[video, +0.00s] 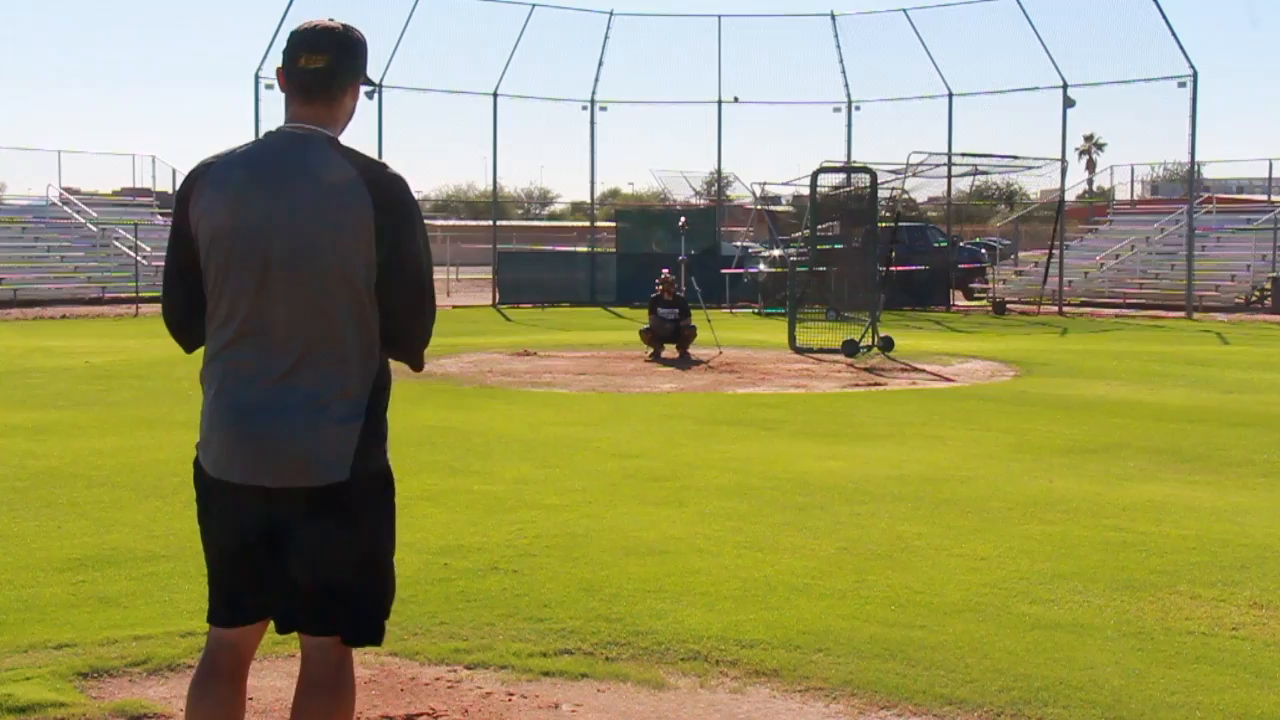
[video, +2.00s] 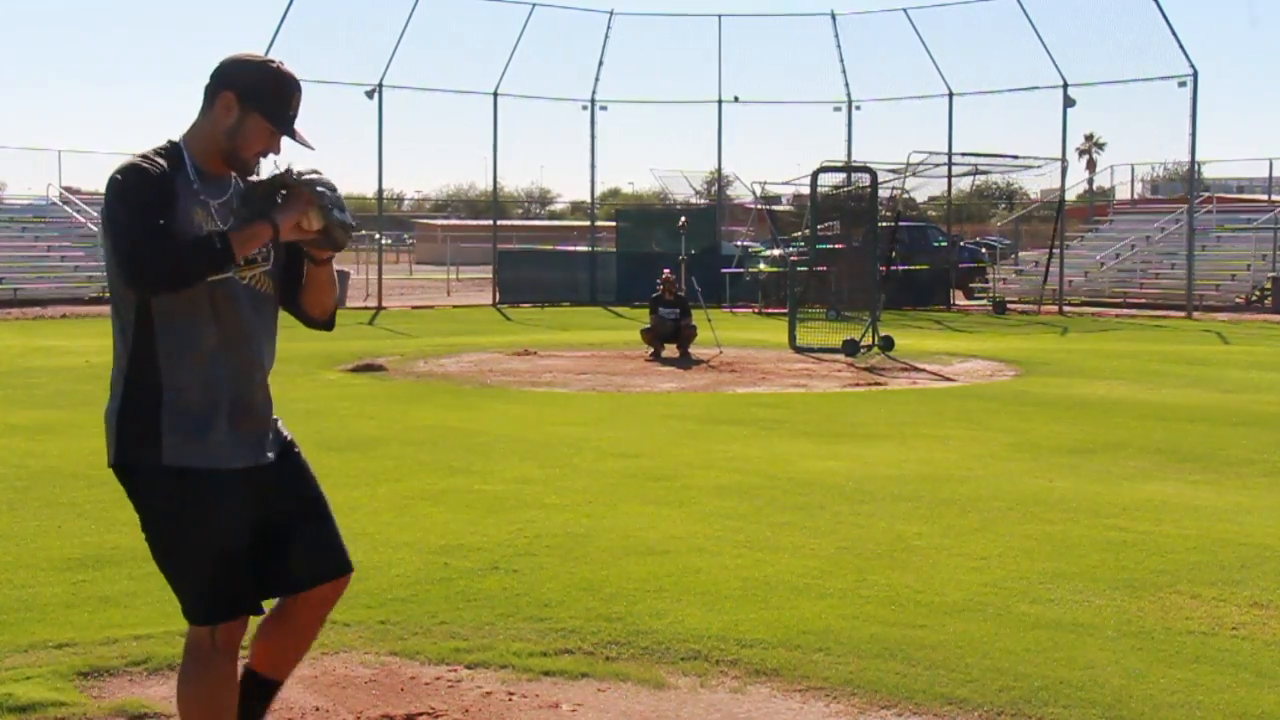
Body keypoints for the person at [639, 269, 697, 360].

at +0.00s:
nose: (668, 287)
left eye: (670, 284)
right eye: (665, 284)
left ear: (674, 286)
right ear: (661, 286)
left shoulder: (680, 300)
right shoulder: (655, 299)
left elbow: (687, 319)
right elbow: (652, 318)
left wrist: (674, 325)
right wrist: (662, 326)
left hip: (676, 329)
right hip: (660, 330)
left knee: (691, 330)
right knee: (645, 333)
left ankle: (683, 350)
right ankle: (657, 348)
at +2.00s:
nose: (669, 286)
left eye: (671, 283)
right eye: (666, 283)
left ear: (675, 285)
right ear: (662, 285)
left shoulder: (682, 300)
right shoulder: (655, 299)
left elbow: (688, 319)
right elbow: (653, 318)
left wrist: (675, 324)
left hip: (677, 329)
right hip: (661, 329)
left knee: (691, 329)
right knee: (645, 332)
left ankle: (683, 350)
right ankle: (657, 348)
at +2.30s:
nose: (669, 286)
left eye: (671, 284)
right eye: (666, 284)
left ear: (675, 285)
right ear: (662, 285)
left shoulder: (682, 299)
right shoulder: (655, 299)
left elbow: (687, 319)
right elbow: (653, 318)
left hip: (677, 329)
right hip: (661, 329)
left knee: (691, 329)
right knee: (645, 332)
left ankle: (683, 350)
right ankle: (657, 348)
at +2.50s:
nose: (669, 286)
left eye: (672, 283)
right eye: (666, 284)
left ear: (675, 285)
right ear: (662, 285)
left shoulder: (682, 299)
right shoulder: (655, 299)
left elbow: (687, 319)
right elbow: (653, 318)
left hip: (677, 328)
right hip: (661, 328)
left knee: (691, 329)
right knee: (645, 332)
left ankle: (683, 349)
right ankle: (657, 347)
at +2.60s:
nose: (668, 286)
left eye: (671, 284)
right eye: (666, 283)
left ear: (675, 285)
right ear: (662, 285)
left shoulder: (682, 299)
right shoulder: (655, 298)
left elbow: (687, 318)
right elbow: (653, 318)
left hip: (677, 328)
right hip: (661, 328)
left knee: (691, 329)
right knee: (645, 331)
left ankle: (683, 349)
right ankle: (657, 348)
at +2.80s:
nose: (669, 286)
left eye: (671, 283)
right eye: (666, 284)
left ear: (675, 285)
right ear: (662, 285)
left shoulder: (681, 299)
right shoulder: (655, 298)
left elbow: (686, 319)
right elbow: (653, 318)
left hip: (677, 327)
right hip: (661, 327)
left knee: (691, 329)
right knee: (645, 331)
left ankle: (683, 349)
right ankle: (656, 348)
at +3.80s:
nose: (666, 289)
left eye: (670, 286)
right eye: (664, 286)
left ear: (674, 287)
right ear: (660, 287)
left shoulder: (678, 298)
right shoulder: (655, 298)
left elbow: (688, 304)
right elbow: (649, 318)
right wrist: (654, 321)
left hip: (675, 327)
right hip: (660, 327)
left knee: (688, 329)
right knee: (646, 331)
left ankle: (683, 350)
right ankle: (656, 347)